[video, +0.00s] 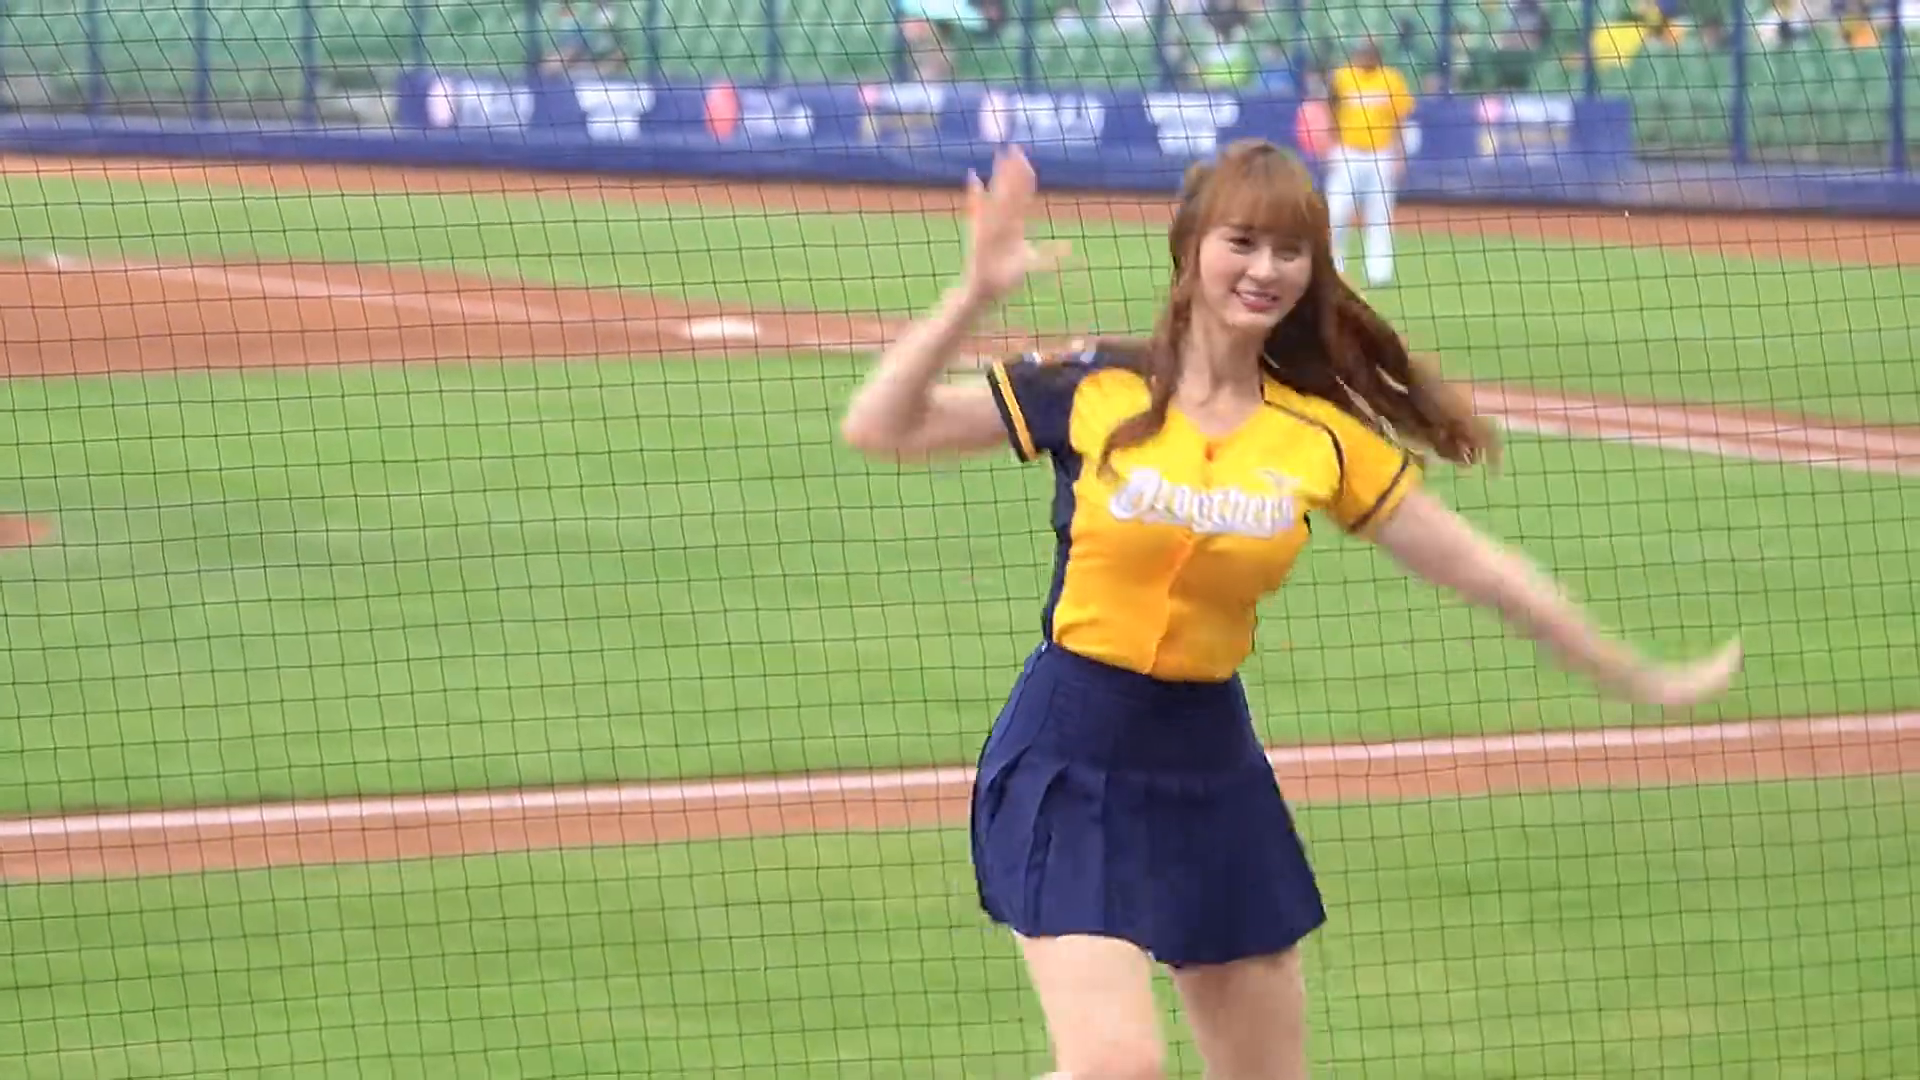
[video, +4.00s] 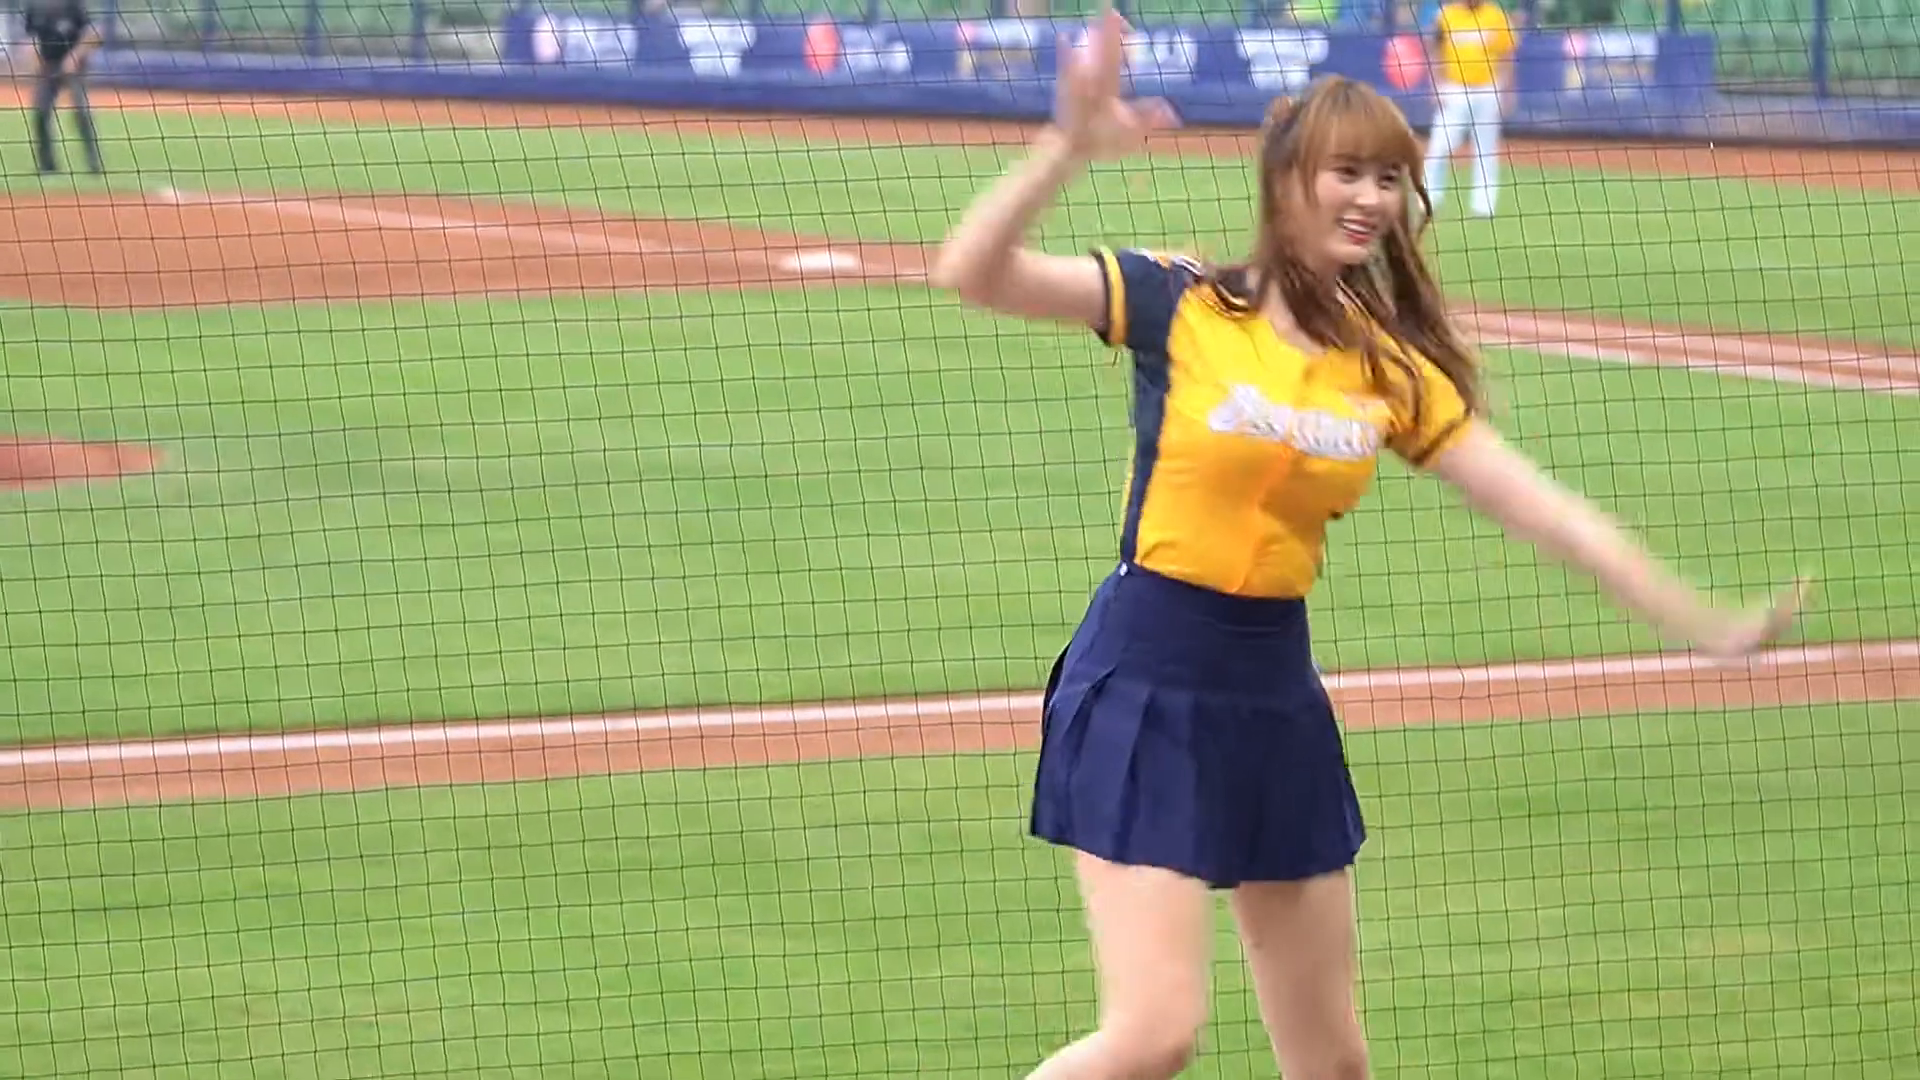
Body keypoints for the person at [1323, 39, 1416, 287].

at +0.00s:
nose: (1366, 59)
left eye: (1370, 53)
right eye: (1361, 53)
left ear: (1378, 55)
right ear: (1354, 54)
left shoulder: (1391, 78)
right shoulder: (1340, 77)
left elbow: (1402, 119)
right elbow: (1330, 110)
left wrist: (1400, 156)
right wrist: (1331, 145)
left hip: (1382, 155)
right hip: (1346, 153)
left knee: (1379, 215)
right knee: (1337, 213)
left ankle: (1379, 270)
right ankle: (1335, 266)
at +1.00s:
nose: (1407, 38)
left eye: (1411, 33)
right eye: (1403, 32)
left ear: (1418, 35)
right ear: (1396, 33)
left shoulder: (1428, 60)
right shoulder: (1381, 57)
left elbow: (1436, 101)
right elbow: (1371, 91)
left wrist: (1439, 135)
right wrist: (1370, 123)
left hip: (1418, 132)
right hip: (1385, 131)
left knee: (1413, 189)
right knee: (1375, 187)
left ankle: (1409, 243)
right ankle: (1368, 238)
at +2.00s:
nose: (1510, 3)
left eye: (1514, 0)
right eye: (1507, 0)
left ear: (1522, 1)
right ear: (1499, 1)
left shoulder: (1537, 20)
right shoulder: (1485, 22)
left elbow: (1550, 61)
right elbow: (1474, 61)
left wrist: (1550, 96)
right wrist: (1476, 97)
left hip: (1532, 93)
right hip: (1497, 94)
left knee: (1539, 150)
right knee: (1502, 152)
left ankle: (1547, 206)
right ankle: (1508, 207)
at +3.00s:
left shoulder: (1527, 4)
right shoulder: (1472, 6)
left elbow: (1540, 31)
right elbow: (1466, 39)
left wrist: (1538, 67)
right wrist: (1467, 74)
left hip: (1523, 69)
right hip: (1488, 71)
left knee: (1533, 126)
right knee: (1494, 130)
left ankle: (1542, 182)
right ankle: (1503, 183)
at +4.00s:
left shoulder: (1496, 15)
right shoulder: (1446, 15)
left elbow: (1508, 58)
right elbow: (1433, 51)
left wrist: (1507, 92)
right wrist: (1437, 86)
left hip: (1488, 90)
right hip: (1453, 90)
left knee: (1486, 148)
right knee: (1440, 144)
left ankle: (1484, 202)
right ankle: (1427, 197)